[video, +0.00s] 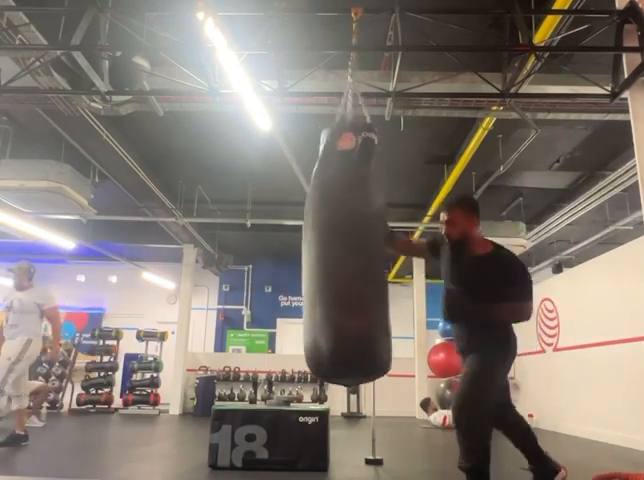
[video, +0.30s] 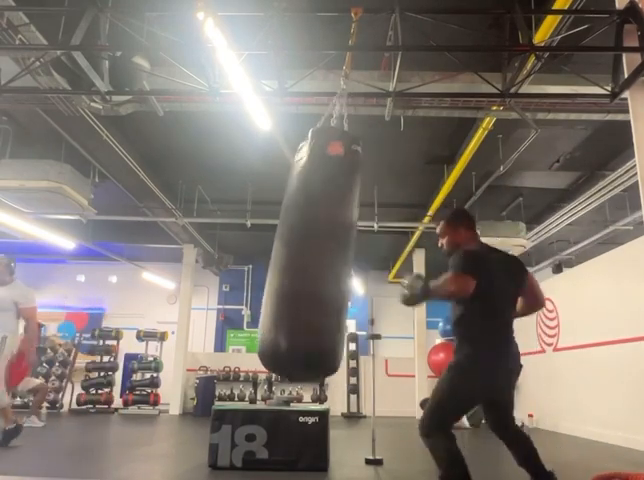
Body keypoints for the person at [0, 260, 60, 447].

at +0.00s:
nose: (15, 278)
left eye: (19, 275)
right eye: (14, 274)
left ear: (29, 276)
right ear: (15, 276)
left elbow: (55, 319)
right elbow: (8, 322)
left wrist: (55, 347)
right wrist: (3, 341)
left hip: (29, 342)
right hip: (11, 341)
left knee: (6, 376)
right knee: (18, 386)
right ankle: (20, 430)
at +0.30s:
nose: (1, 272)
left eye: (3, 267)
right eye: (1, 267)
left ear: (11, 269)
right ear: (5, 270)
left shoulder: (20, 291)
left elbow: (31, 322)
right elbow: (31, 321)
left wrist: (30, 349)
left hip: (7, 341)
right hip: (6, 341)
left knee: (4, 383)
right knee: (3, 384)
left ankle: (9, 423)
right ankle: (9, 423)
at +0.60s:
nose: (49, 323)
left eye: (49, 321)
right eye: (46, 320)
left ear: (42, 322)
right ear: (38, 321)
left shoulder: (36, 337)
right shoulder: (27, 335)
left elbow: (29, 357)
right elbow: (14, 354)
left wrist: (32, 371)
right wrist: (13, 375)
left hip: (25, 369)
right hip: (19, 369)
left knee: (42, 384)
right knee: (40, 384)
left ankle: (34, 414)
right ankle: (31, 416)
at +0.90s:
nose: (62, 309)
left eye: (63, 307)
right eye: (60, 306)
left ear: (57, 308)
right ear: (53, 307)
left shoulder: (53, 325)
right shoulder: (41, 321)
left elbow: (46, 343)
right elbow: (30, 339)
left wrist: (46, 359)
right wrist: (27, 358)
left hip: (42, 360)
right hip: (35, 359)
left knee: (42, 386)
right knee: (38, 387)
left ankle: (34, 413)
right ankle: (31, 415)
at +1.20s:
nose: (67, 308)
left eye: (68, 305)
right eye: (66, 305)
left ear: (63, 306)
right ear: (58, 305)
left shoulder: (57, 323)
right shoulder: (44, 320)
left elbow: (54, 342)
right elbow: (35, 338)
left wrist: (54, 359)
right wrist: (34, 357)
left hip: (49, 360)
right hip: (41, 359)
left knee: (38, 387)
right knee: (45, 385)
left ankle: (34, 413)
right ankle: (30, 414)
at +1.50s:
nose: (79, 312)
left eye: (79, 309)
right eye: (77, 309)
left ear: (73, 309)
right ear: (69, 308)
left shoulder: (69, 325)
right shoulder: (56, 322)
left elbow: (67, 344)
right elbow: (45, 341)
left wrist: (69, 360)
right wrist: (43, 361)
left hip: (64, 360)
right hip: (56, 360)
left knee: (47, 388)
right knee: (69, 384)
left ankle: (32, 415)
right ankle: (76, 414)